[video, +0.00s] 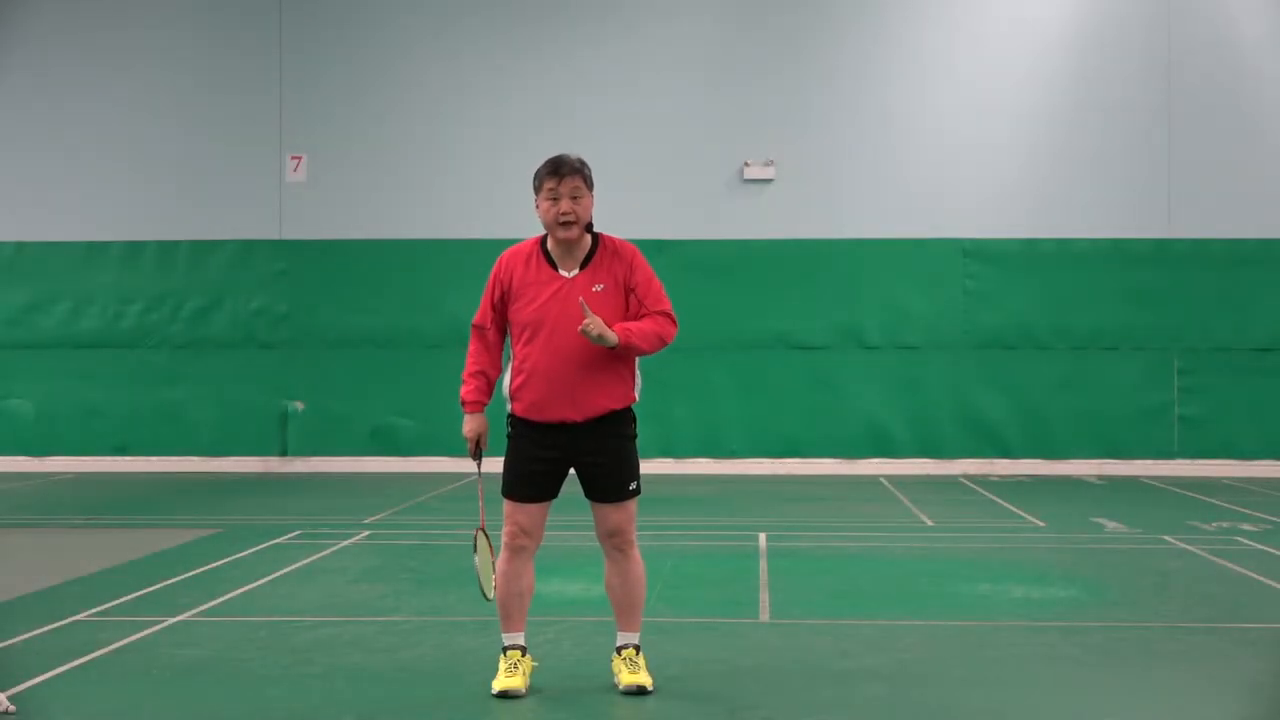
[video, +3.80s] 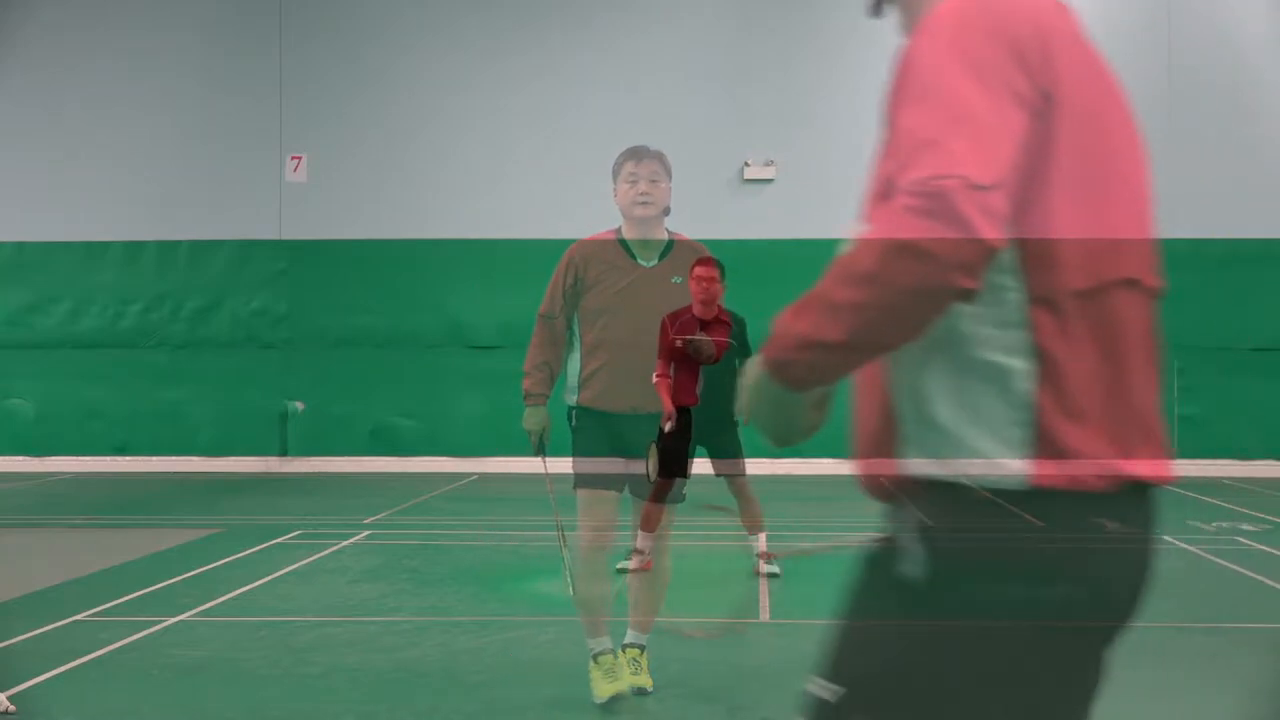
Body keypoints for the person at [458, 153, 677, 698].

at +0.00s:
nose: (564, 207)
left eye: (575, 196)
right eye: (553, 198)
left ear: (592, 201)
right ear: (538, 206)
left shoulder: (622, 258)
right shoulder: (512, 265)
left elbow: (664, 324)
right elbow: (485, 335)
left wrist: (618, 334)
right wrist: (474, 407)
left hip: (607, 423)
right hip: (533, 426)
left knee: (619, 537)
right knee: (518, 537)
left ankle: (629, 649)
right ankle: (513, 652)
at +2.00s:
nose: (555, 218)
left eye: (565, 207)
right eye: (543, 208)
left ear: (582, 212)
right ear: (528, 215)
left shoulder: (611, 258)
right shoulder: (504, 269)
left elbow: (659, 317)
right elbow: (480, 339)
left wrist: (603, 298)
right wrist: (470, 411)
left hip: (605, 425)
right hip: (532, 428)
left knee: (619, 537)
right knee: (517, 537)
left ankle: (629, 650)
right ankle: (513, 651)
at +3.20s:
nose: (590, 188)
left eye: (601, 180)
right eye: (579, 181)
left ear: (619, 195)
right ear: (564, 197)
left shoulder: (652, 258)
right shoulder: (539, 261)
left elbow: (686, 319)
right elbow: (507, 331)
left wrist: (663, 336)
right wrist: (488, 404)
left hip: (632, 420)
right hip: (558, 420)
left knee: (633, 538)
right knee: (528, 537)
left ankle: (631, 650)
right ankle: (514, 649)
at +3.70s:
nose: (639, 188)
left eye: (649, 180)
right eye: (628, 181)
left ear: (667, 194)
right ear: (611, 196)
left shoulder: (694, 261)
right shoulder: (582, 257)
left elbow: (714, 335)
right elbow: (549, 329)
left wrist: (706, 345)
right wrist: (535, 400)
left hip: (667, 419)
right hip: (596, 415)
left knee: (650, 543)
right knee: (583, 537)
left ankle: (634, 650)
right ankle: (579, 651)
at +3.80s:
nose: (643, 187)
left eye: (653, 179)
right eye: (632, 180)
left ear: (671, 191)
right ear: (615, 193)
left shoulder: (695, 259)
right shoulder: (584, 257)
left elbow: (719, 339)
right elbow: (549, 330)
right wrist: (536, 400)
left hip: (671, 419)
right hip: (600, 416)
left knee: (655, 538)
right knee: (595, 536)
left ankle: (636, 649)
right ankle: (600, 653)